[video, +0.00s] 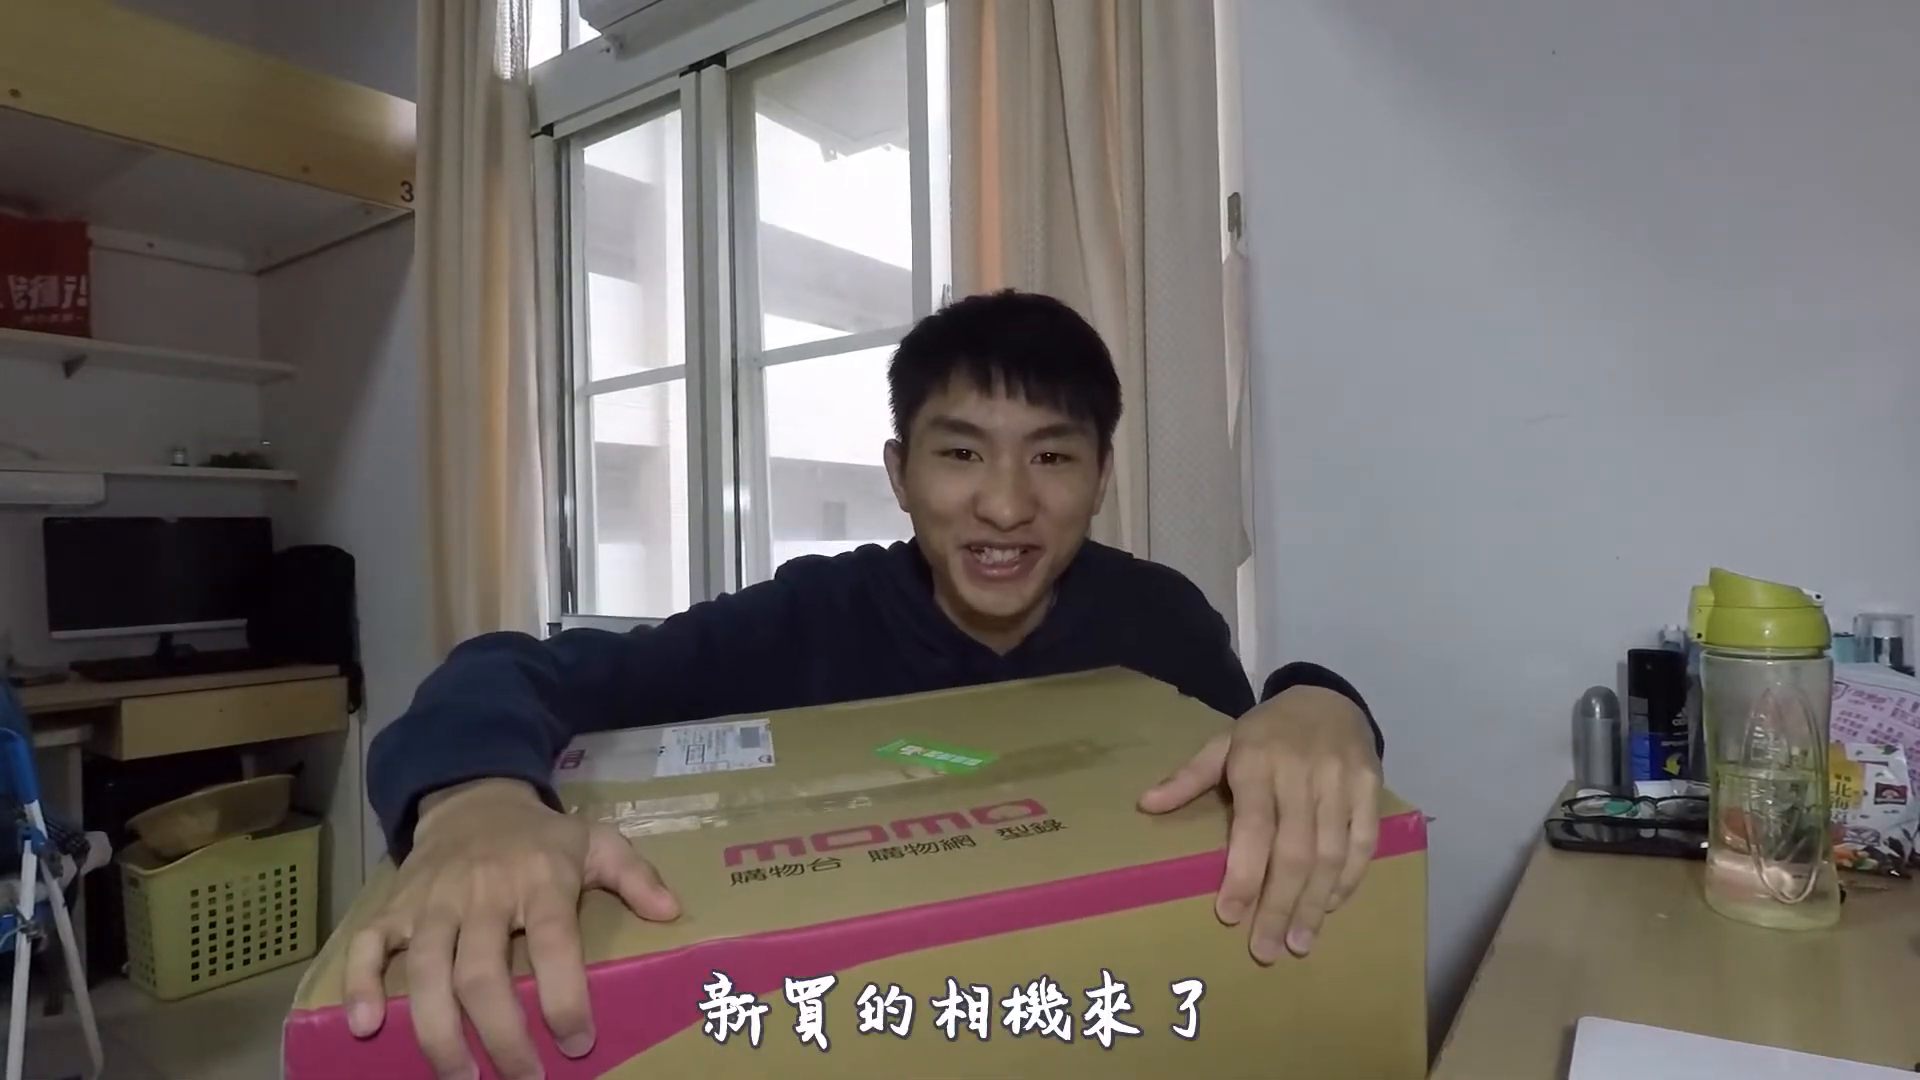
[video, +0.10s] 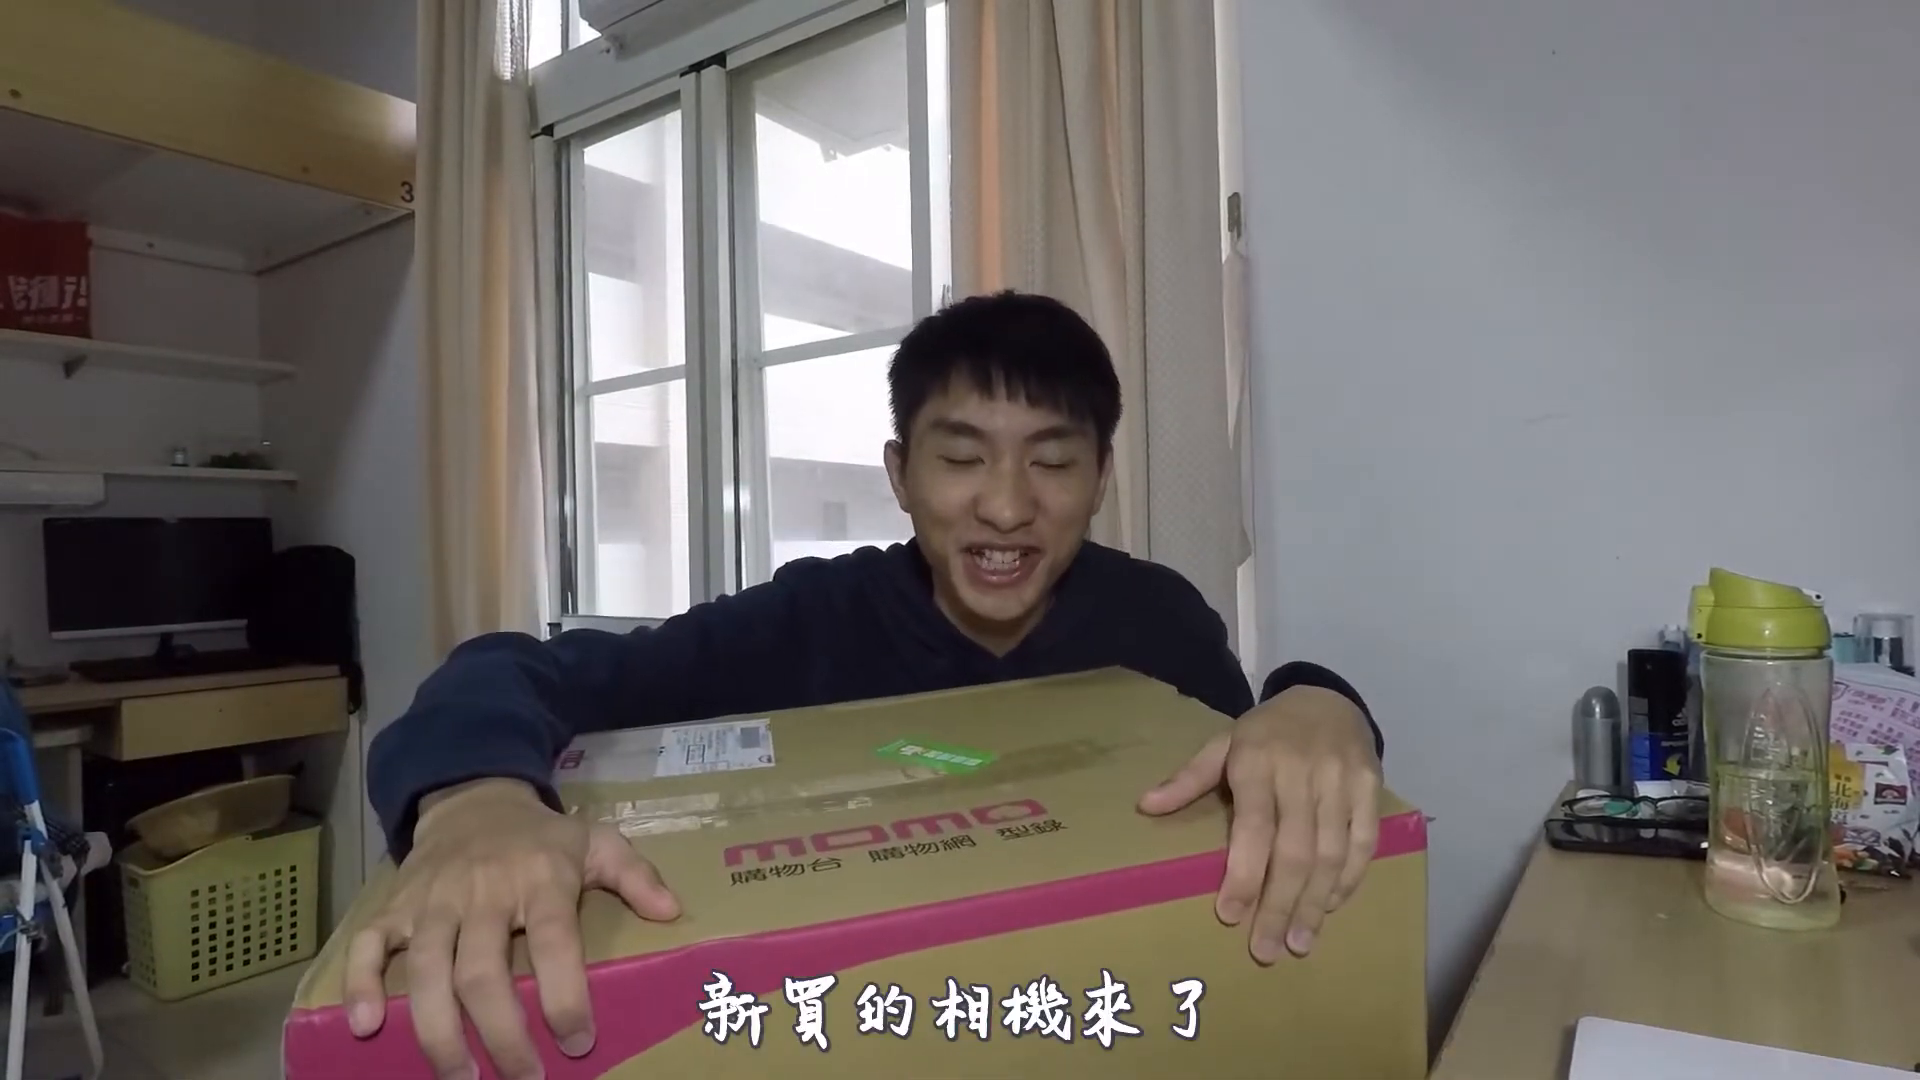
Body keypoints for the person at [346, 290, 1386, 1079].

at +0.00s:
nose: (1004, 503)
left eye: (1049, 456)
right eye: (960, 453)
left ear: (1101, 473)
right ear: (900, 468)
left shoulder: (1152, 618)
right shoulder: (820, 624)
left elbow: (1261, 748)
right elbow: (503, 674)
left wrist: (1323, 702)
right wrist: (473, 808)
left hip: (1120, 1024)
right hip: (858, 1024)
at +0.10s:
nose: (1004, 506)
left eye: (1049, 460)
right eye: (961, 457)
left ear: (1100, 476)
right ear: (901, 470)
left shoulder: (1148, 616)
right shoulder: (819, 626)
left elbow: (1261, 743)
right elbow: (504, 674)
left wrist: (1322, 702)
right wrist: (473, 808)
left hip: (1121, 1024)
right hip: (860, 1024)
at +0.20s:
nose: (1004, 506)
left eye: (1049, 459)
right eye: (960, 456)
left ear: (1100, 475)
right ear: (901, 469)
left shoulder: (1149, 619)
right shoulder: (817, 624)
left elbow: (1248, 763)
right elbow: (501, 674)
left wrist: (1322, 700)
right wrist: (473, 804)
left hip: (1114, 1025)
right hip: (853, 1024)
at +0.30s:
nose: (1002, 503)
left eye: (1047, 457)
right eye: (958, 454)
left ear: (1098, 472)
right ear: (899, 466)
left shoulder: (1147, 619)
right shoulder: (818, 620)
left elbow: (1249, 762)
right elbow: (507, 671)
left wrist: (1322, 700)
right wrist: (473, 802)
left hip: (1111, 1024)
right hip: (850, 1023)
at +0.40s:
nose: (1006, 499)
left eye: (1050, 453)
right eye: (962, 451)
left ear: (1100, 470)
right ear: (902, 466)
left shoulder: (1144, 617)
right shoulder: (818, 621)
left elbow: (1249, 758)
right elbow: (507, 671)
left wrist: (1322, 699)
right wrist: (471, 801)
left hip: (1111, 1023)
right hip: (851, 1023)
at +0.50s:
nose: (1019, 490)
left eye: (1062, 449)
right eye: (976, 443)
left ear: (1105, 471)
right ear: (910, 462)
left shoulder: (1142, 618)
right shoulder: (816, 622)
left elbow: (1248, 755)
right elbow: (506, 672)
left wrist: (1322, 702)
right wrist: (466, 803)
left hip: (1111, 1025)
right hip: (852, 1024)